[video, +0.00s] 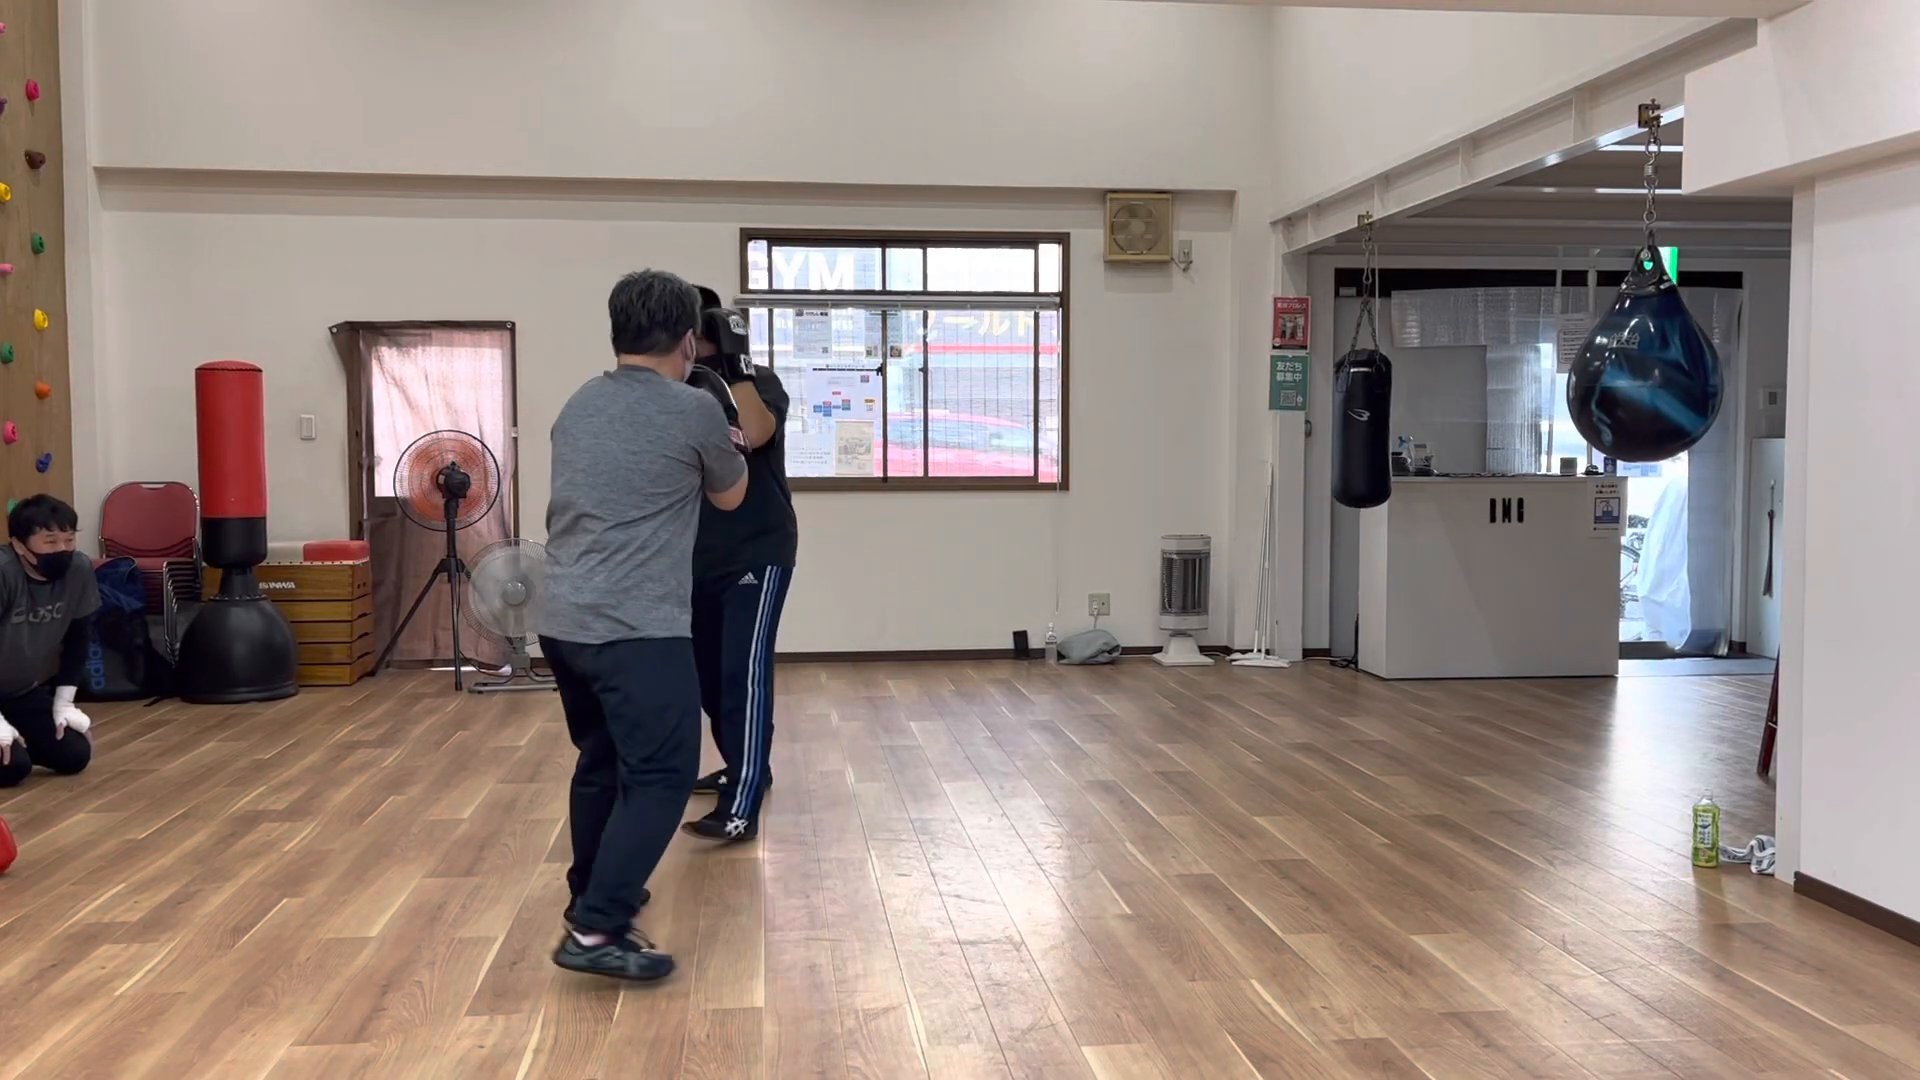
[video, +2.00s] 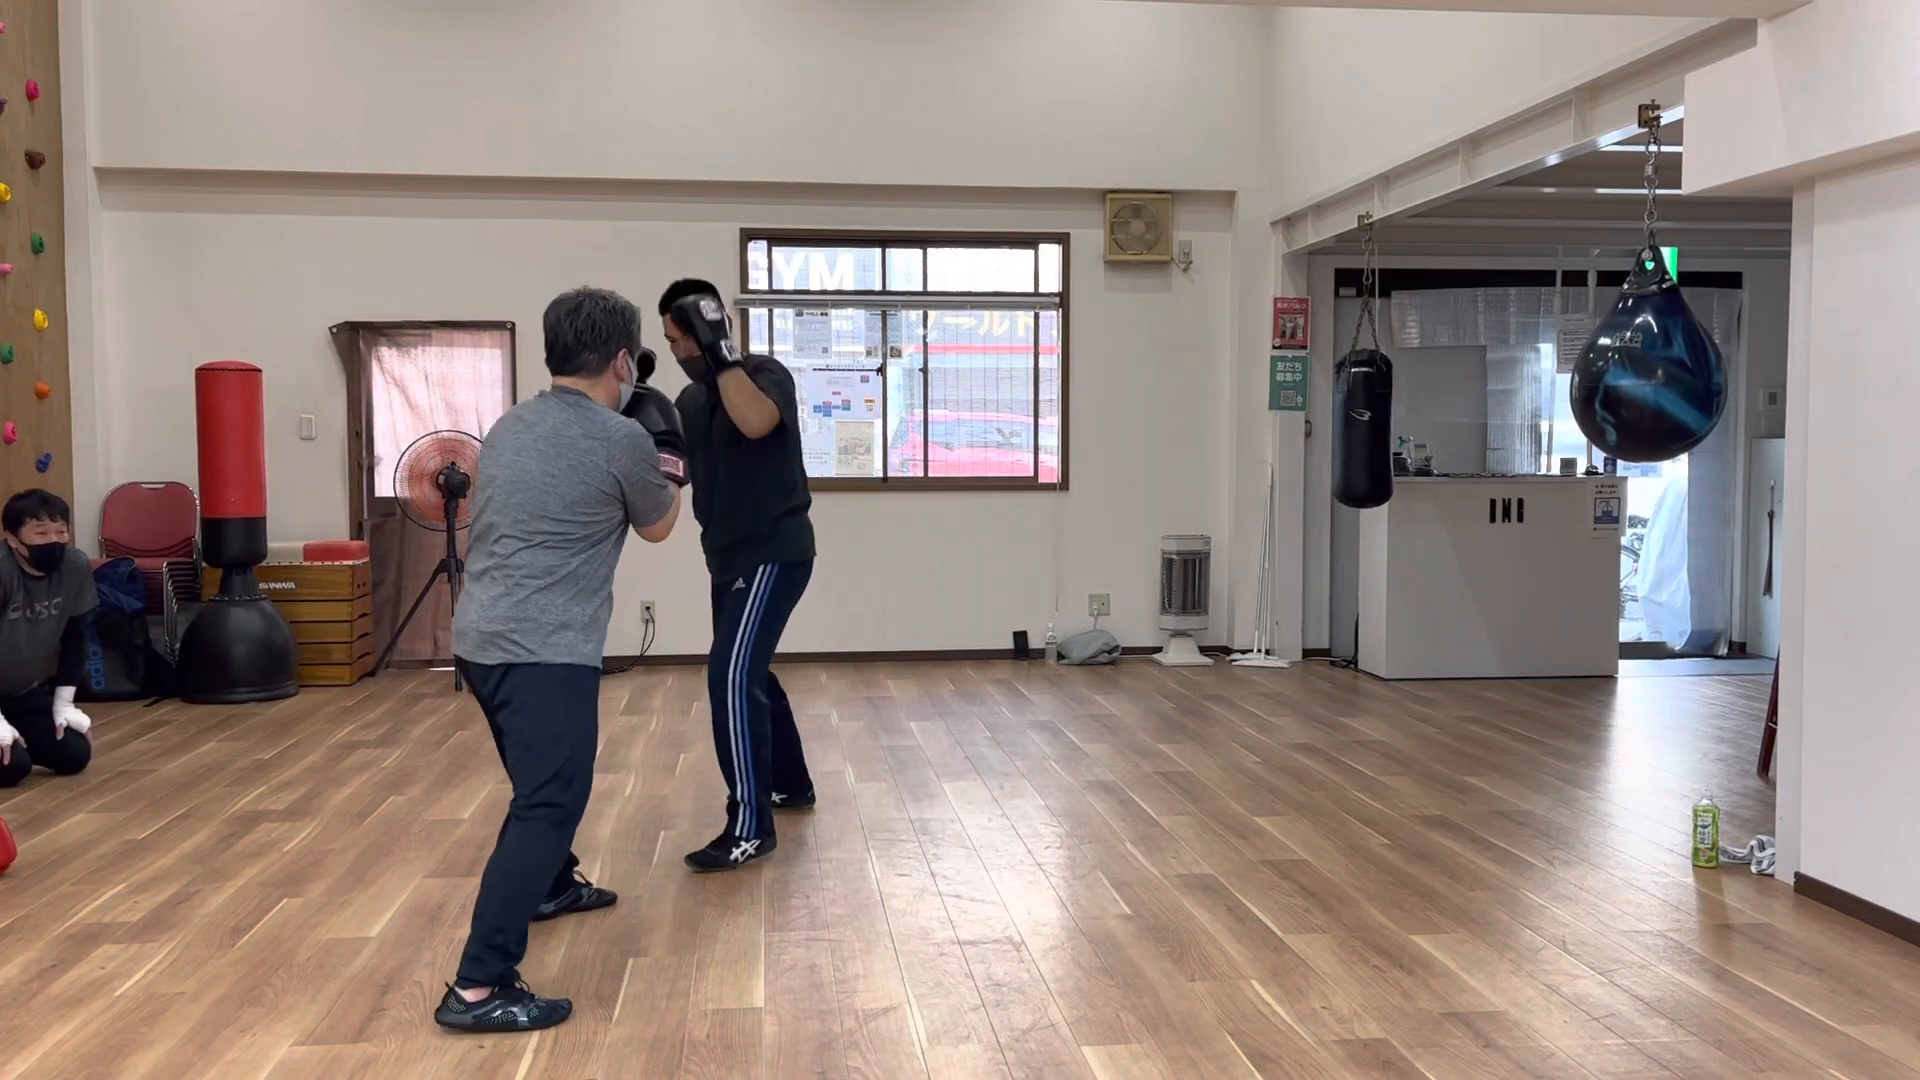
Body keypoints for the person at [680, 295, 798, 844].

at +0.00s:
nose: (684, 356)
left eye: (690, 346)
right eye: (680, 347)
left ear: (710, 340)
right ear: (682, 347)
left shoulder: (755, 383)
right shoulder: (681, 394)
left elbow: (756, 431)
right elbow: (661, 450)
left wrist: (724, 373)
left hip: (757, 551)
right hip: (703, 552)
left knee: (744, 674)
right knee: (709, 670)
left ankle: (743, 810)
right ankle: (741, 767)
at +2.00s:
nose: (676, 349)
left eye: (682, 337)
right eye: (671, 339)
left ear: (710, 328)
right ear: (673, 341)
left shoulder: (765, 375)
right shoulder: (690, 400)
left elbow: (757, 421)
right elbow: (674, 462)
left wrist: (722, 354)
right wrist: (644, 418)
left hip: (773, 553)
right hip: (729, 557)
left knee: (731, 676)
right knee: (746, 672)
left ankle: (749, 830)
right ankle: (791, 782)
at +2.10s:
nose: (675, 353)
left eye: (683, 339)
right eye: (665, 344)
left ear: (716, 328)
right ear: (659, 345)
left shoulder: (759, 383)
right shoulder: (683, 397)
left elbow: (787, 455)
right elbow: (677, 466)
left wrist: (718, 413)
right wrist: (653, 434)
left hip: (771, 552)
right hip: (732, 556)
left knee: (730, 678)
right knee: (751, 672)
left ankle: (742, 838)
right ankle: (792, 784)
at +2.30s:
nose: (621, 412)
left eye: (621, 399)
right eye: (617, 405)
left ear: (646, 383)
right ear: (646, 385)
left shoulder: (691, 412)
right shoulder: (671, 443)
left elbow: (714, 450)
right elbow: (676, 535)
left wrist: (655, 483)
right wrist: (639, 487)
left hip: (770, 578)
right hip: (786, 575)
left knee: (700, 699)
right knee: (776, 682)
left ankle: (732, 857)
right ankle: (791, 784)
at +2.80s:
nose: (644, 366)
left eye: (652, 353)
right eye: (636, 359)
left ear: (687, 346)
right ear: (633, 364)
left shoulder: (722, 384)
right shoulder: (670, 418)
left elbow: (773, 418)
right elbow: (669, 503)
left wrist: (694, 411)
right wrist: (630, 448)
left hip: (777, 555)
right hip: (745, 562)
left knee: (736, 680)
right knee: (756, 673)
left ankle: (731, 842)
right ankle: (792, 783)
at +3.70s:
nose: (618, 345)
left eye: (629, 331)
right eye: (610, 334)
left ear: (666, 327)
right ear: (608, 334)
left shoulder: (691, 379)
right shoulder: (639, 396)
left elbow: (679, 425)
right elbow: (597, 460)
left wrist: (595, 400)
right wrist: (580, 389)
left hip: (704, 564)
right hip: (676, 566)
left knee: (648, 692)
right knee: (687, 674)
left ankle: (656, 854)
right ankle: (760, 767)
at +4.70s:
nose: (599, 334)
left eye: (608, 320)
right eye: (595, 323)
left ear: (651, 316)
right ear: (633, 324)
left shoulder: (670, 369)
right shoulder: (645, 377)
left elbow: (644, 429)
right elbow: (604, 451)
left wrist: (563, 390)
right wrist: (581, 382)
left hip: (686, 567)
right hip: (705, 562)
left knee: (633, 699)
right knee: (709, 686)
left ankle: (652, 862)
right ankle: (750, 803)